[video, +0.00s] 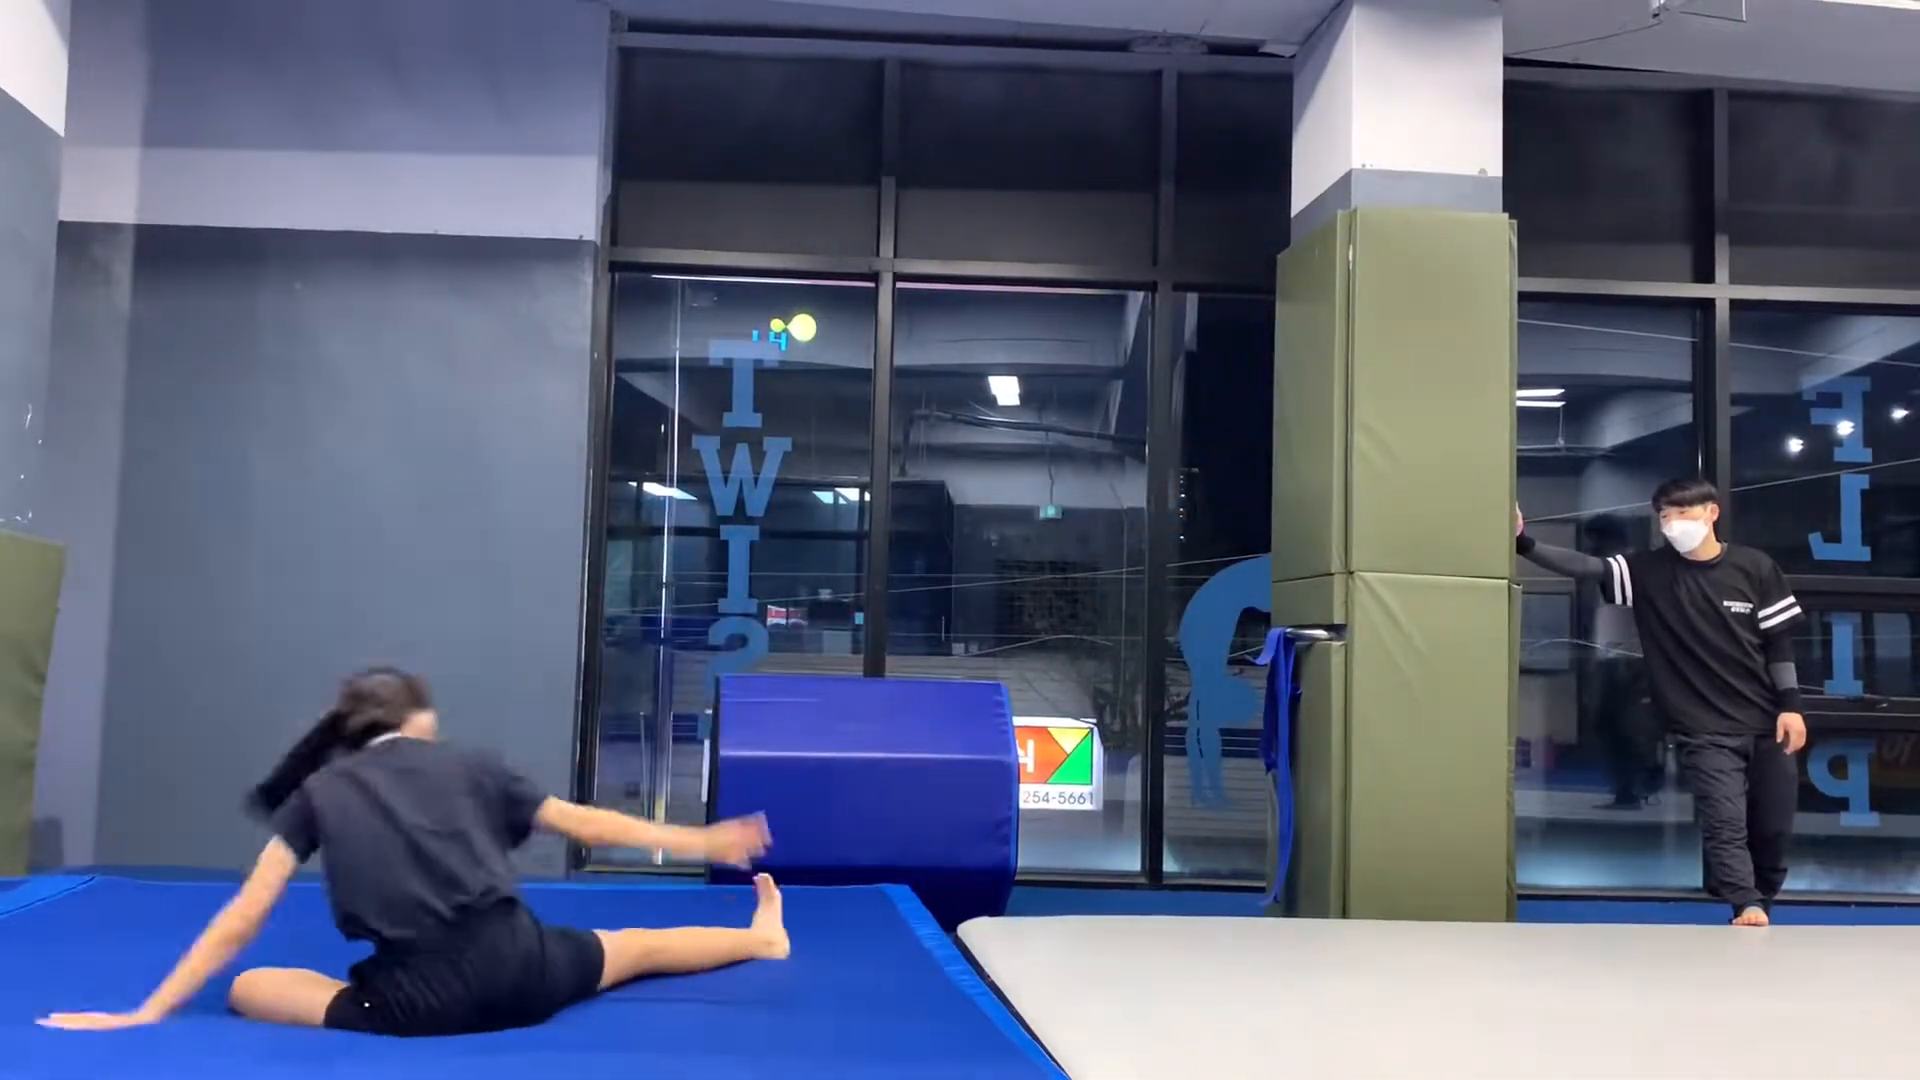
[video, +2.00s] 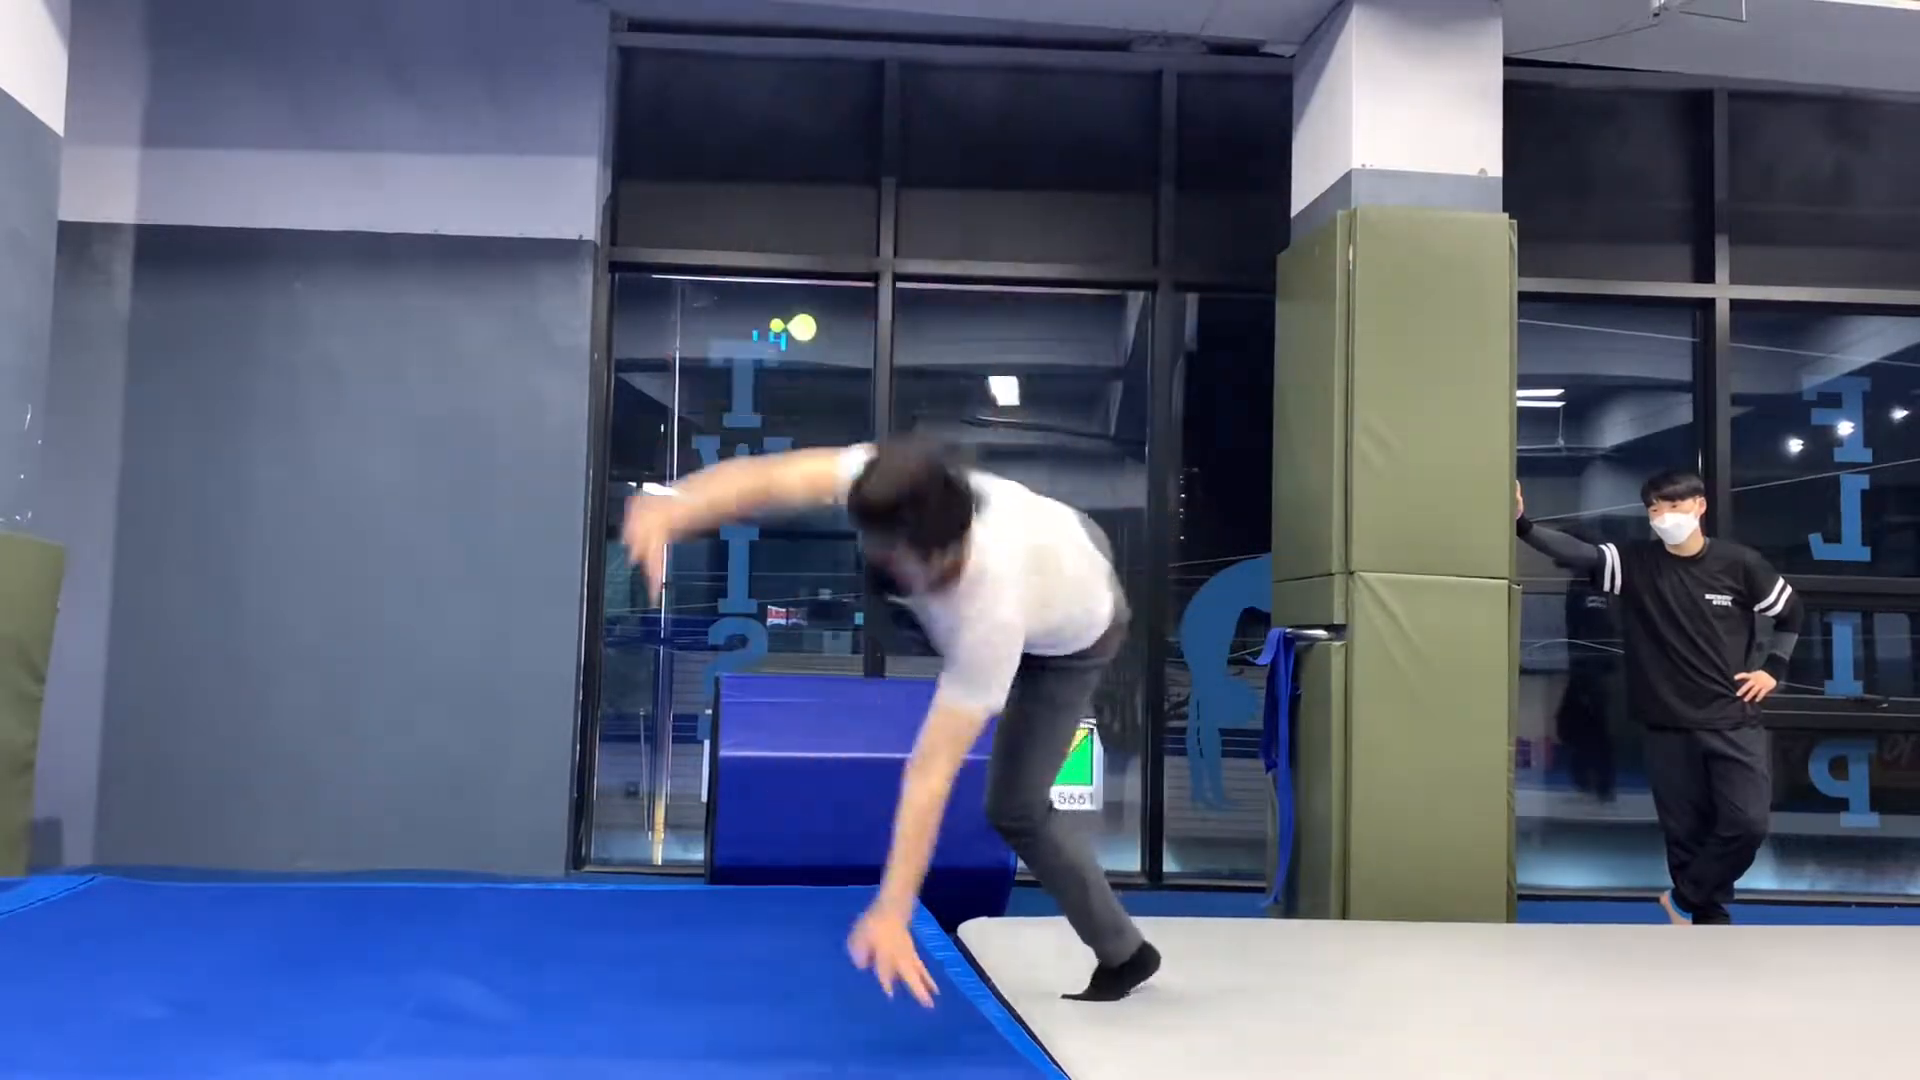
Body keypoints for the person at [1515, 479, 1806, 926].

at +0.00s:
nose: (1671, 523)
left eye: (1682, 513)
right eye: (1665, 515)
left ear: (1711, 513)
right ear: (1659, 521)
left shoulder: (1755, 568)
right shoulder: (1649, 569)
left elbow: (1780, 643)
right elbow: (1588, 567)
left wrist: (1790, 706)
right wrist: (1525, 543)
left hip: (1765, 722)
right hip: (1703, 725)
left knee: (1775, 826)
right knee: (1725, 817)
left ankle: (1760, 897)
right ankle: (1746, 906)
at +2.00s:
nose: (1664, 512)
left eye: (1675, 502)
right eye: (1656, 505)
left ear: (1700, 506)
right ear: (1648, 512)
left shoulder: (1740, 564)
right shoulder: (1634, 561)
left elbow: (1790, 614)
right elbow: (1576, 553)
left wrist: (1772, 670)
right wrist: (1523, 525)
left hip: (1732, 719)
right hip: (1668, 724)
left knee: (1748, 824)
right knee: (1684, 834)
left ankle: (1683, 901)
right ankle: (1717, 932)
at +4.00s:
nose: (1649, 525)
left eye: (1660, 515)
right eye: (1643, 516)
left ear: (1687, 514)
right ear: (1637, 518)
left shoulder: (1728, 567)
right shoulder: (1627, 559)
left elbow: (1770, 616)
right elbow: (1579, 545)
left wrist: (1757, 664)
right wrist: (1531, 517)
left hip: (1723, 719)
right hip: (1660, 723)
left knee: (1742, 823)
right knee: (1676, 831)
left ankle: (1676, 900)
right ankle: (1709, 923)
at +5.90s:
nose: (1670, 538)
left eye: (1683, 529)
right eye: (1665, 527)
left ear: (1709, 532)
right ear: (1656, 525)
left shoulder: (1737, 577)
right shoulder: (1633, 568)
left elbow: (1782, 620)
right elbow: (1572, 556)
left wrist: (1756, 666)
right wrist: (1515, 532)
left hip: (1731, 727)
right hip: (1668, 727)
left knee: (1728, 835)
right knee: (1680, 833)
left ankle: (1719, 923)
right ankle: (1689, 928)